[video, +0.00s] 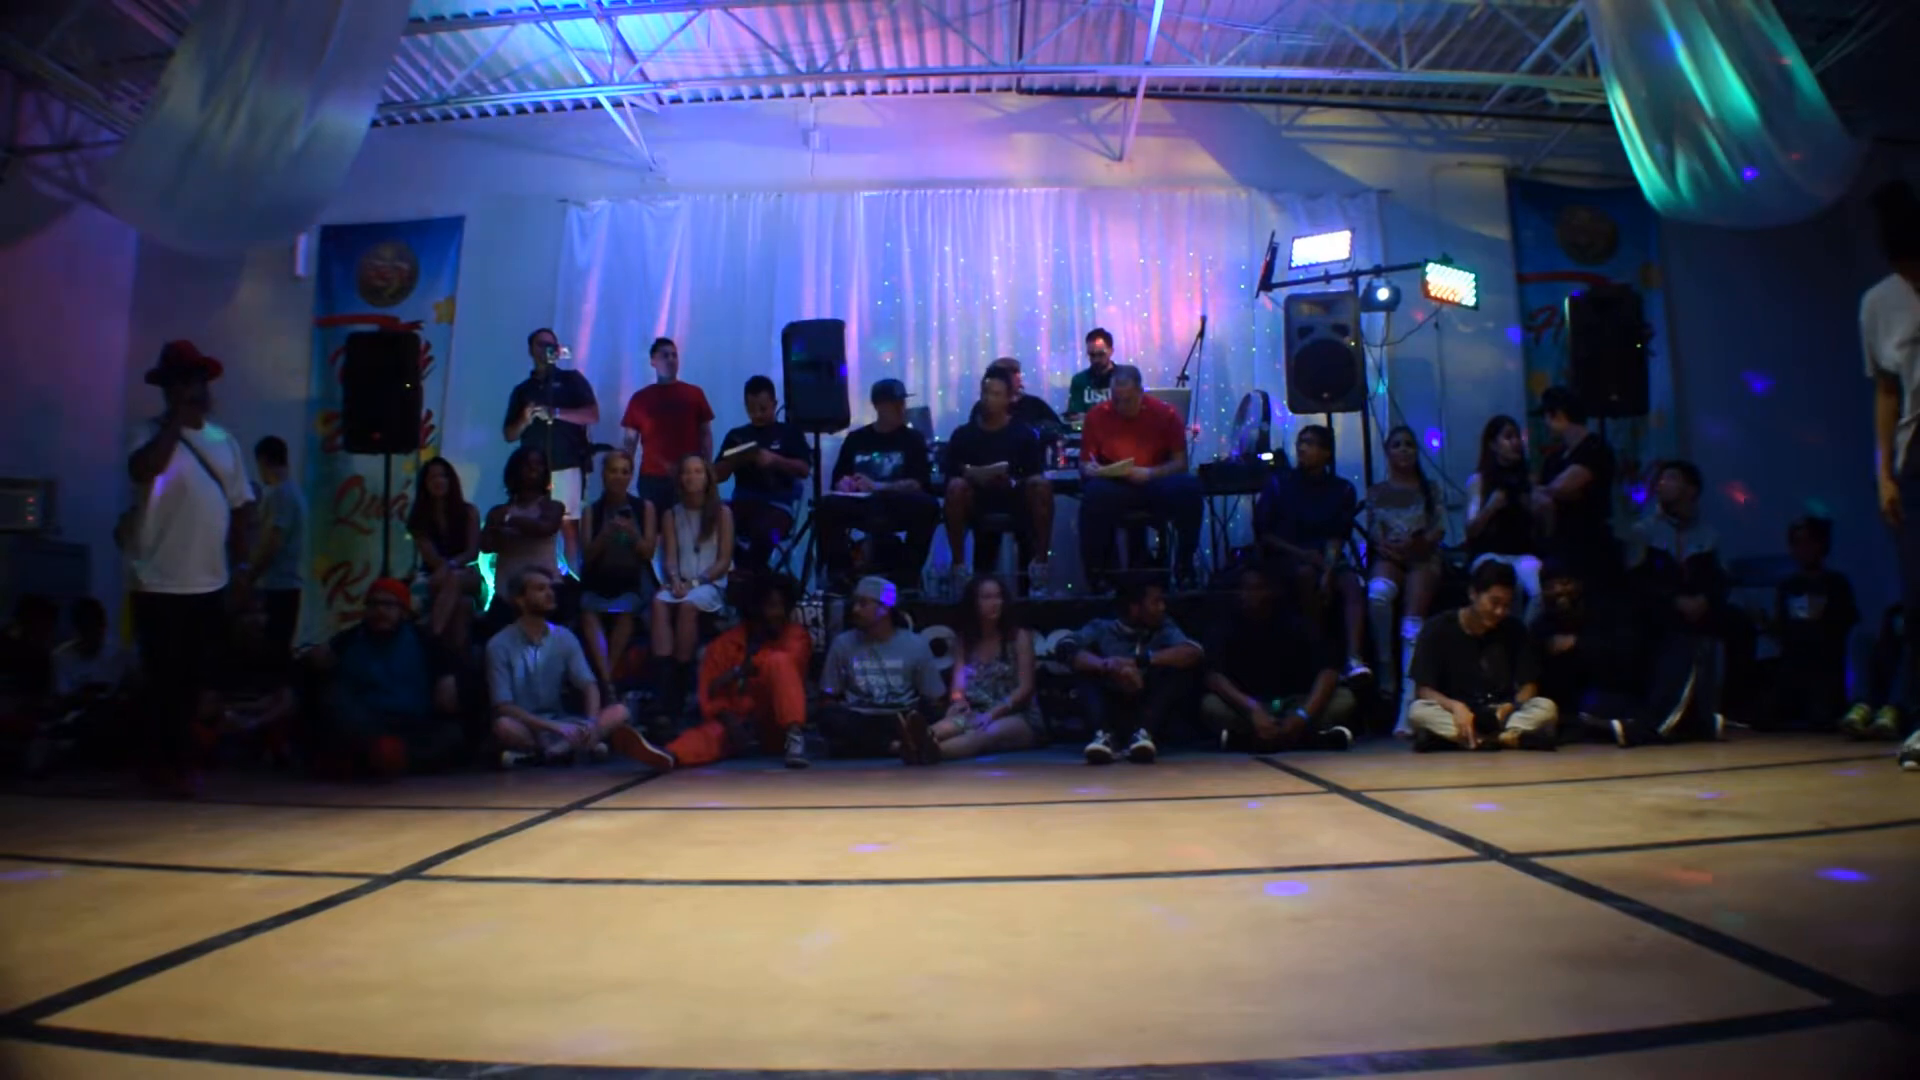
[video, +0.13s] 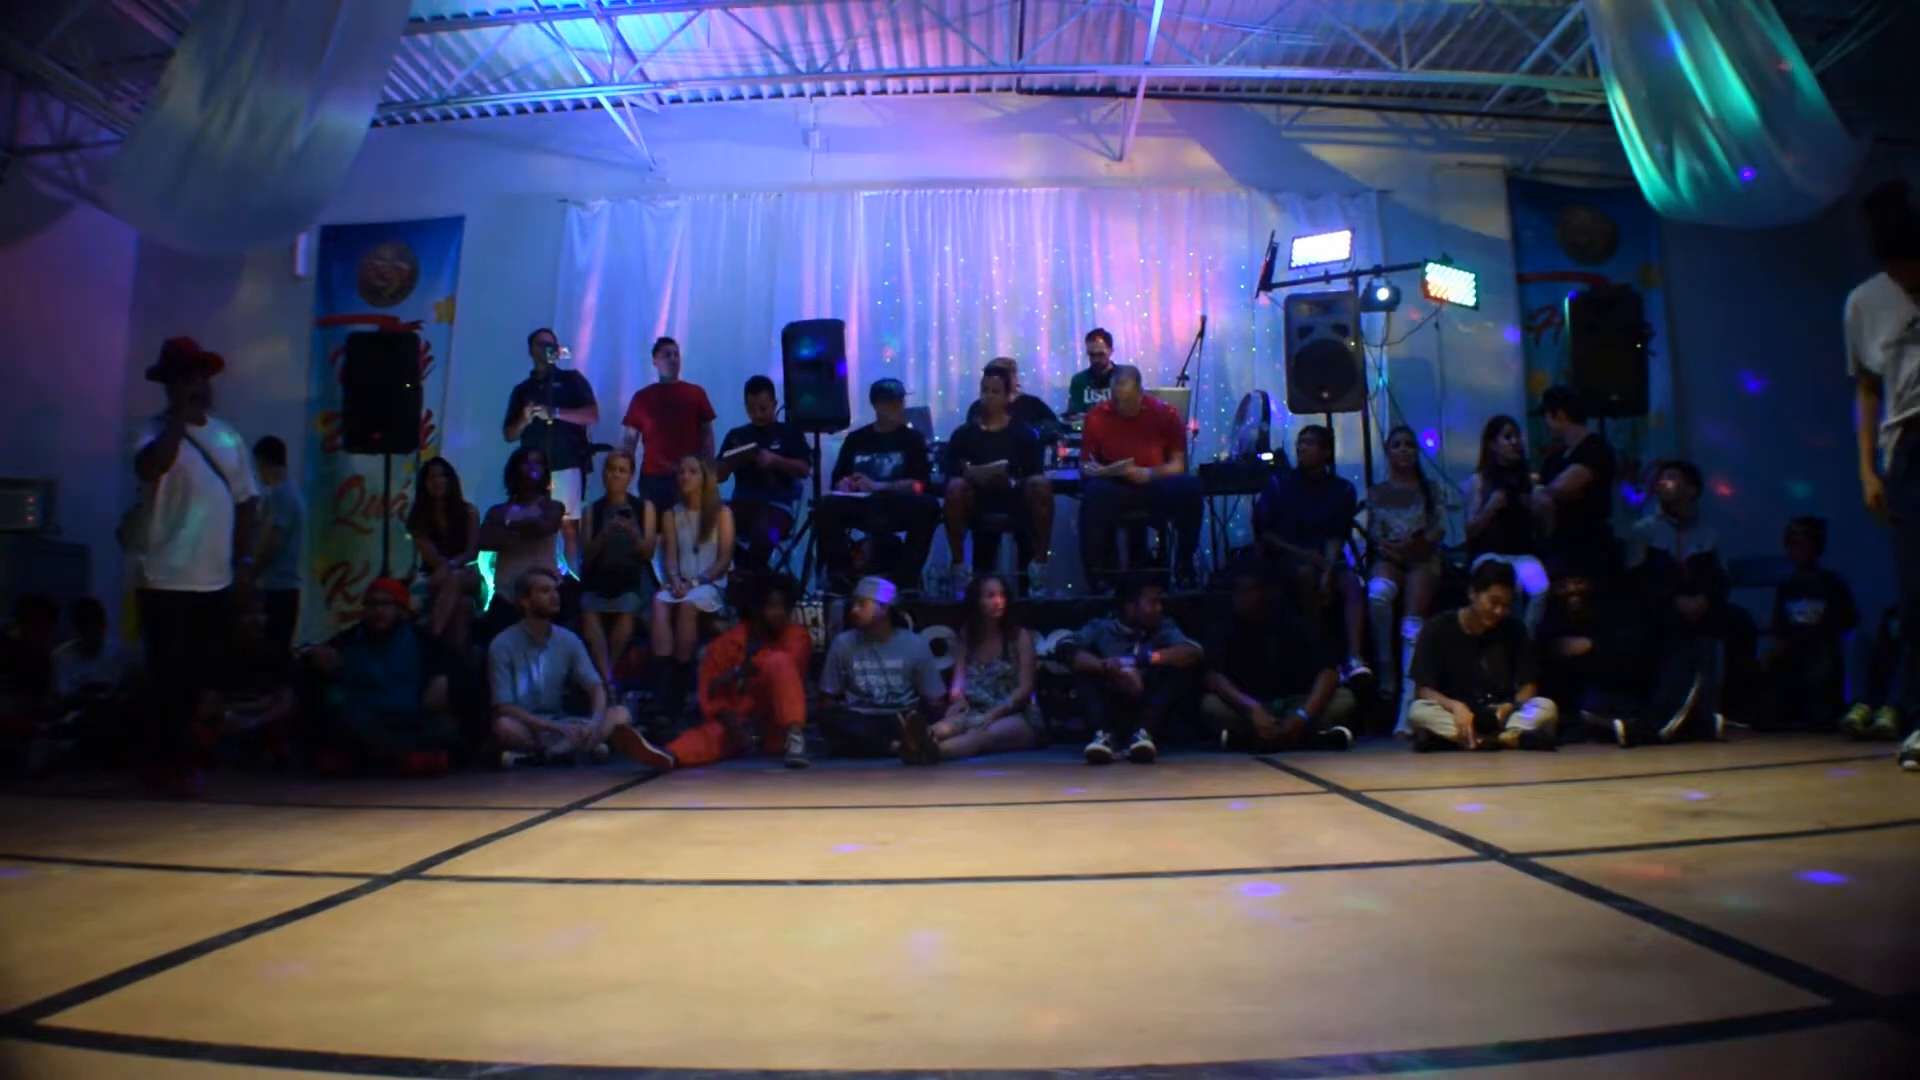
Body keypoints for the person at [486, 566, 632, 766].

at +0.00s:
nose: (550, 593)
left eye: (550, 587)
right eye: (541, 589)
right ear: (520, 600)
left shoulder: (564, 637)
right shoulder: (500, 644)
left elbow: (589, 685)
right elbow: (503, 705)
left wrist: (592, 723)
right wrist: (554, 728)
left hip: (563, 717)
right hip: (525, 719)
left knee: (620, 712)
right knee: (503, 726)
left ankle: (555, 750)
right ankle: (580, 748)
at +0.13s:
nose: (555, 596)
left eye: (555, 590)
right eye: (545, 591)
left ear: (559, 594)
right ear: (524, 602)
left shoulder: (568, 640)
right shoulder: (503, 645)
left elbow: (596, 687)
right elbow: (504, 706)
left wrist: (595, 723)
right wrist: (556, 728)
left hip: (562, 719)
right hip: (526, 721)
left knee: (619, 714)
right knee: (504, 727)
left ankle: (546, 754)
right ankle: (582, 748)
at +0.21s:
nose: (557, 599)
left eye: (557, 593)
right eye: (548, 593)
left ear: (561, 596)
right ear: (527, 602)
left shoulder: (572, 642)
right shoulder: (505, 645)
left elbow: (599, 689)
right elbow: (504, 706)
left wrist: (597, 723)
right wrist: (556, 728)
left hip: (564, 720)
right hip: (527, 722)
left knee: (620, 715)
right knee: (503, 727)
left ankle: (552, 752)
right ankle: (582, 749)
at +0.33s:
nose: (548, 607)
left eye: (553, 601)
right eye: (541, 601)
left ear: (560, 605)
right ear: (530, 605)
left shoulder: (573, 643)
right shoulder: (506, 645)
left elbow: (601, 693)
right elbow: (504, 706)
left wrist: (598, 724)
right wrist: (555, 729)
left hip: (559, 719)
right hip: (524, 721)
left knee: (600, 726)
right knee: (503, 726)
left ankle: (541, 756)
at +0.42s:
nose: (541, 614)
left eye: (548, 608)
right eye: (536, 608)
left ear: (562, 608)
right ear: (529, 608)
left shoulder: (575, 644)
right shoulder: (507, 645)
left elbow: (599, 695)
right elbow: (504, 706)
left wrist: (597, 724)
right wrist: (560, 730)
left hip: (561, 720)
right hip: (525, 721)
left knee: (612, 719)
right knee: (502, 727)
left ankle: (550, 753)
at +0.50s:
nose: (541, 615)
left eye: (548, 609)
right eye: (536, 608)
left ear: (562, 609)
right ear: (529, 607)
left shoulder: (575, 644)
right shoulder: (507, 644)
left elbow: (598, 695)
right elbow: (504, 706)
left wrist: (597, 725)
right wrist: (561, 730)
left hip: (562, 720)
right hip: (525, 722)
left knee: (622, 716)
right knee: (502, 727)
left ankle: (549, 754)